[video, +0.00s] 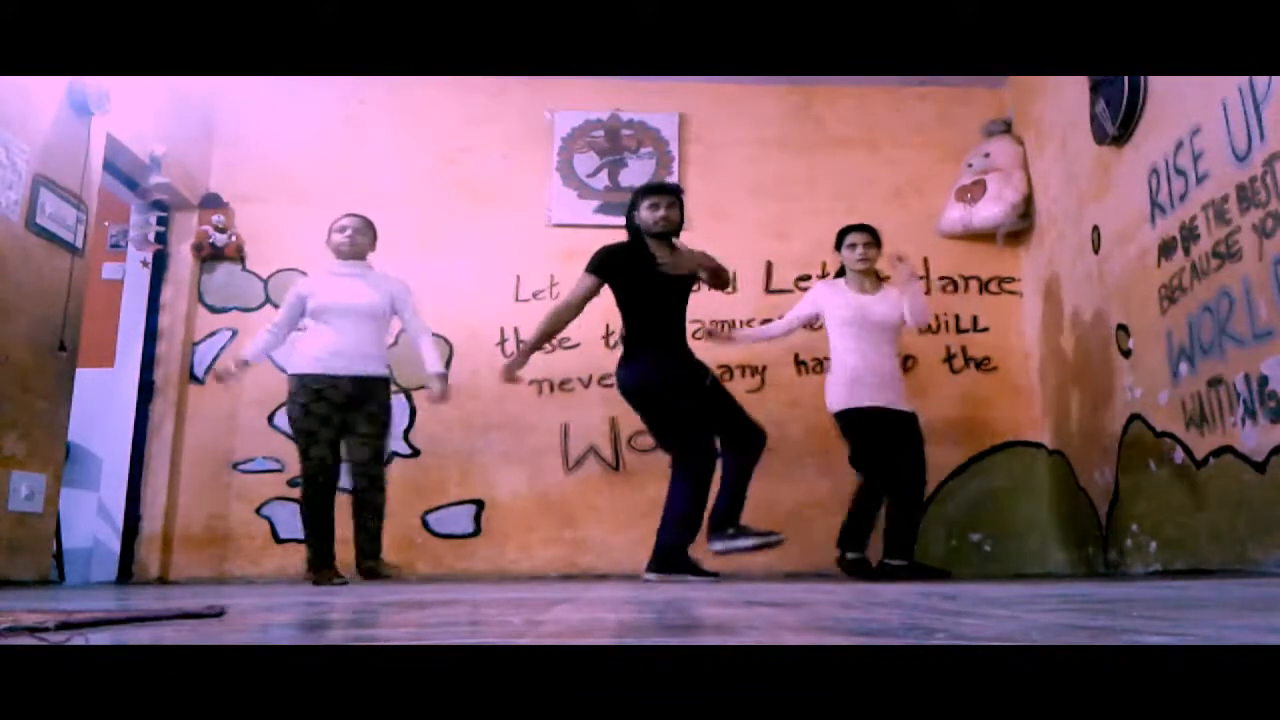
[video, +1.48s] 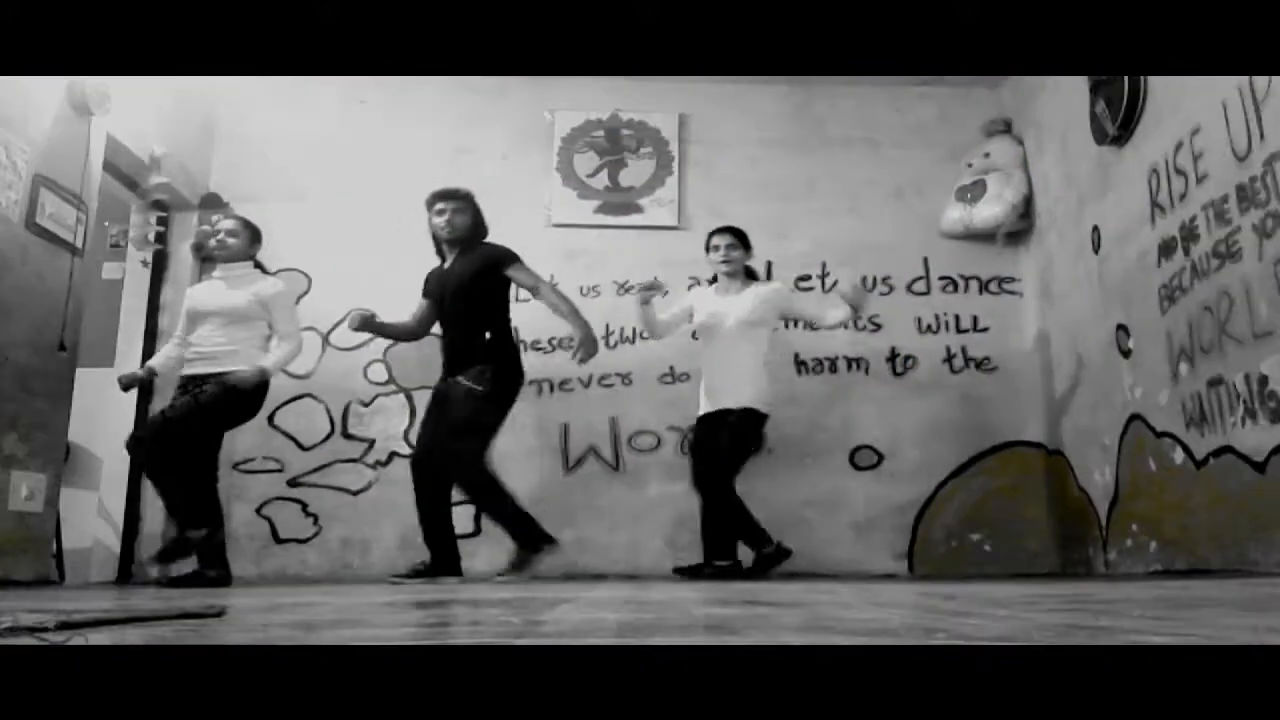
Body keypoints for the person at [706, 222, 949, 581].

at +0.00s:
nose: (861, 252)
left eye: (868, 246)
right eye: (852, 247)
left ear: (878, 252)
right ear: (840, 254)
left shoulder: (894, 293)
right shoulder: (826, 292)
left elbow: (920, 321)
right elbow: (781, 326)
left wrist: (908, 277)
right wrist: (732, 334)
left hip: (892, 398)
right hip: (850, 397)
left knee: (911, 476)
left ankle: (898, 557)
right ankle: (851, 551)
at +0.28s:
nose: (826, 250)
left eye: (834, 244)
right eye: (819, 245)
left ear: (847, 252)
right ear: (810, 253)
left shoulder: (866, 289)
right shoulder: (803, 291)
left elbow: (932, 299)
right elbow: (784, 301)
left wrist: (944, 269)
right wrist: (787, 270)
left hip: (859, 390)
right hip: (820, 395)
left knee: (833, 468)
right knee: (844, 473)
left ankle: (832, 554)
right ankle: (886, 552)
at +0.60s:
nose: (836, 230)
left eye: (845, 223)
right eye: (827, 224)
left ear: (861, 229)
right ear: (814, 233)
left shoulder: (877, 272)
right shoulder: (801, 280)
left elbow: (855, 308)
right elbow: (782, 326)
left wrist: (865, 254)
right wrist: (745, 300)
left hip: (868, 403)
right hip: (813, 402)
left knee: (877, 505)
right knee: (830, 500)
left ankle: (866, 597)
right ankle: (815, 592)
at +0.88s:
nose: (803, 232)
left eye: (812, 225)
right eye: (793, 226)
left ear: (827, 232)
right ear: (782, 234)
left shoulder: (849, 280)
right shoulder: (769, 279)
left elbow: (912, 313)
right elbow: (725, 305)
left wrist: (949, 293)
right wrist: (723, 282)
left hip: (829, 402)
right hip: (786, 405)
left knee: (791, 491)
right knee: (812, 498)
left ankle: (794, 597)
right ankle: (866, 593)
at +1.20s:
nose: (777, 237)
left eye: (786, 230)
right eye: (769, 231)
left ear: (803, 237)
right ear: (757, 240)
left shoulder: (820, 287)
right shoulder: (743, 287)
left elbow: (819, 322)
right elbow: (722, 335)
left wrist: (820, 272)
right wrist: (676, 314)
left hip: (808, 413)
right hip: (750, 412)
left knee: (824, 507)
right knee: (768, 506)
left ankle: (819, 596)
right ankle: (773, 597)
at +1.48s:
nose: (723, 254)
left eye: (732, 248)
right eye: (716, 249)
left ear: (747, 254)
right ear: (709, 258)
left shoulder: (768, 294)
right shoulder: (701, 298)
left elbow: (819, 316)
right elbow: (656, 329)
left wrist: (849, 308)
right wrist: (645, 304)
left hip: (749, 403)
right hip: (711, 405)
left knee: (715, 478)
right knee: (708, 480)